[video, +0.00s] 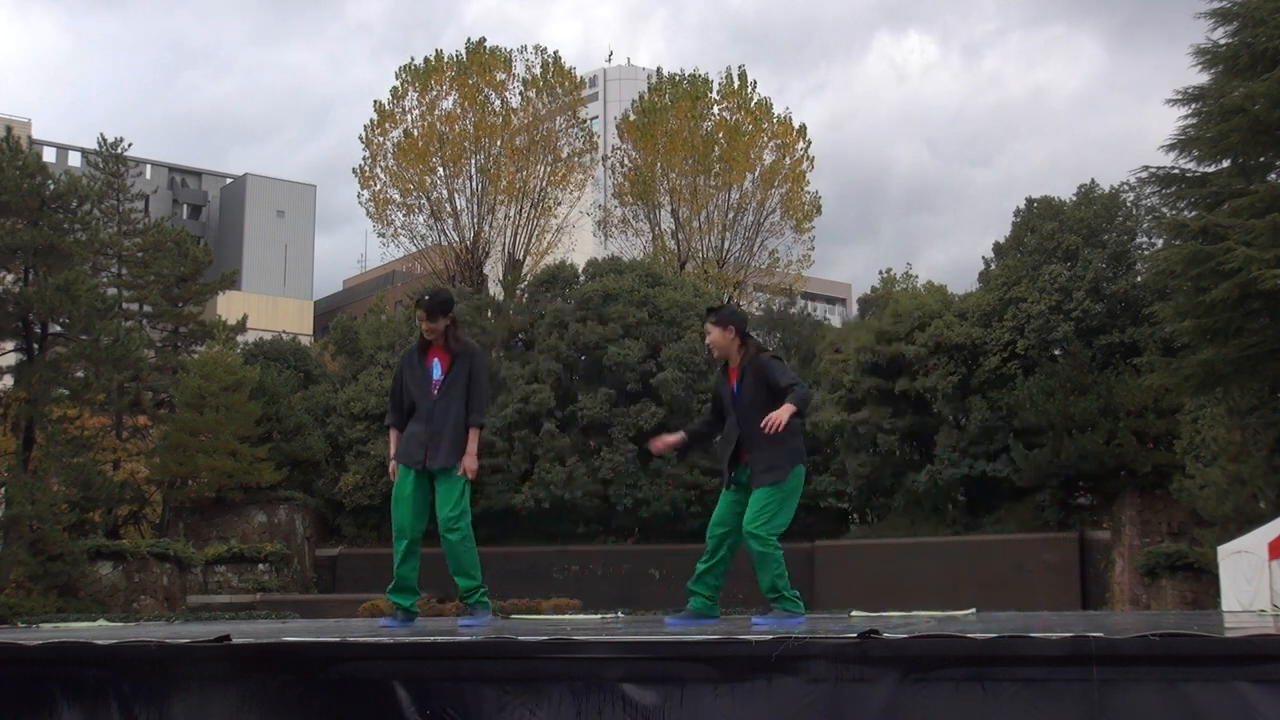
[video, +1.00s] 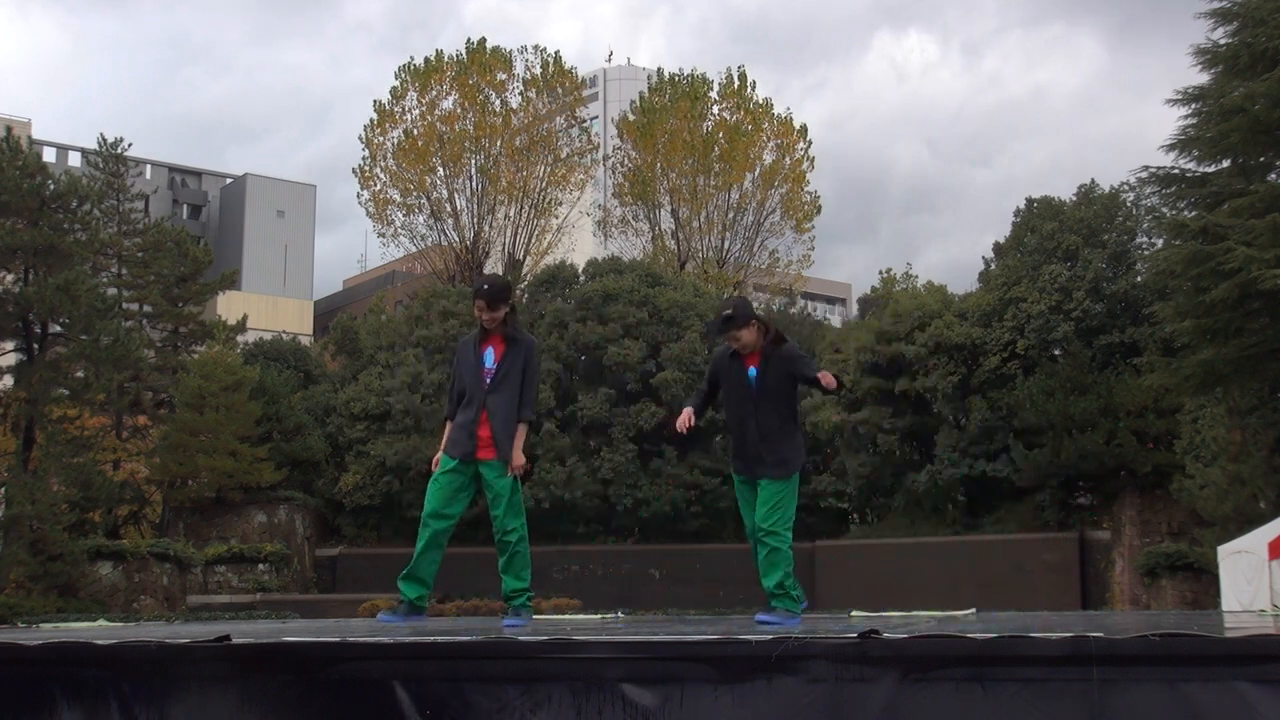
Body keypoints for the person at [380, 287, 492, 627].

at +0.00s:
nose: (425, 326)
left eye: (432, 321)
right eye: (422, 320)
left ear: (448, 320)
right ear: (417, 318)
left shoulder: (470, 355)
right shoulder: (410, 356)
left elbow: (477, 408)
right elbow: (396, 410)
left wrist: (471, 452)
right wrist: (393, 456)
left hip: (451, 455)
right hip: (410, 456)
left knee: (453, 527)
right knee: (405, 531)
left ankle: (476, 604)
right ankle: (404, 607)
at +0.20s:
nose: (423, 325)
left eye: (429, 319)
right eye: (417, 319)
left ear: (442, 316)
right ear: (409, 317)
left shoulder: (462, 351)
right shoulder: (400, 356)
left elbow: (473, 401)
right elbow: (392, 410)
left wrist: (475, 444)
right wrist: (392, 456)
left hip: (453, 451)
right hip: (410, 453)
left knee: (467, 521)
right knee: (405, 530)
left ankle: (496, 599)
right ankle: (403, 607)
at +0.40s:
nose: (433, 326)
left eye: (439, 319)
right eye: (427, 319)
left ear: (451, 316)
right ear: (418, 318)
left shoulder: (469, 351)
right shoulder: (408, 358)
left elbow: (483, 401)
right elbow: (401, 412)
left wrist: (486, 446)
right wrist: (401, 459)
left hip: (465, 453)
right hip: (420, 456)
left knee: (489, 522)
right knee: (411, 529)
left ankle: (512, 601)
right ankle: (404, 608)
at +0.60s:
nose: (459, 322)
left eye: (465, 315)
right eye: (453, 316)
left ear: (477, 314)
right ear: (445, 315)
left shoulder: (496, 350)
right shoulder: (435, 355)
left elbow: (506, 401)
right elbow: (428, 412)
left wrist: (507, 445)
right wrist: (424, 459)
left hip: (489, 454)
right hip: (445, 456)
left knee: (508, 527)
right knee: (426, 529)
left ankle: (518, 605)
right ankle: (407, 606)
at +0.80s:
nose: (480, 316)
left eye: (487, 310)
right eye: (474, 310)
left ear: (501, 309)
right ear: (468, 309)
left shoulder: (519, 346)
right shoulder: (459, 348)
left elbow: (527, 399)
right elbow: (450, 402)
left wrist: (523, 445)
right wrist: (440, 449)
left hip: (503, 452)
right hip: (458, 451)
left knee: (514, 527)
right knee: (431, 519)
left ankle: (519, 604)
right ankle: (418, 597)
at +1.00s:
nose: (486, 315)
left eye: (493, 309)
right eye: (481, 309)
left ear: (507, 307)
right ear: (474, 307)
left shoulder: (524, 346)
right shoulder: (465, 346)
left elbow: (528, 401)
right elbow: (455, 401)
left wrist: (517, 447)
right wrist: (443, 447)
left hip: (499, 452)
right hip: (459, 450)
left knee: (509, 530)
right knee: (433, 520)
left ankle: (518, 606)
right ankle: (413, 602)